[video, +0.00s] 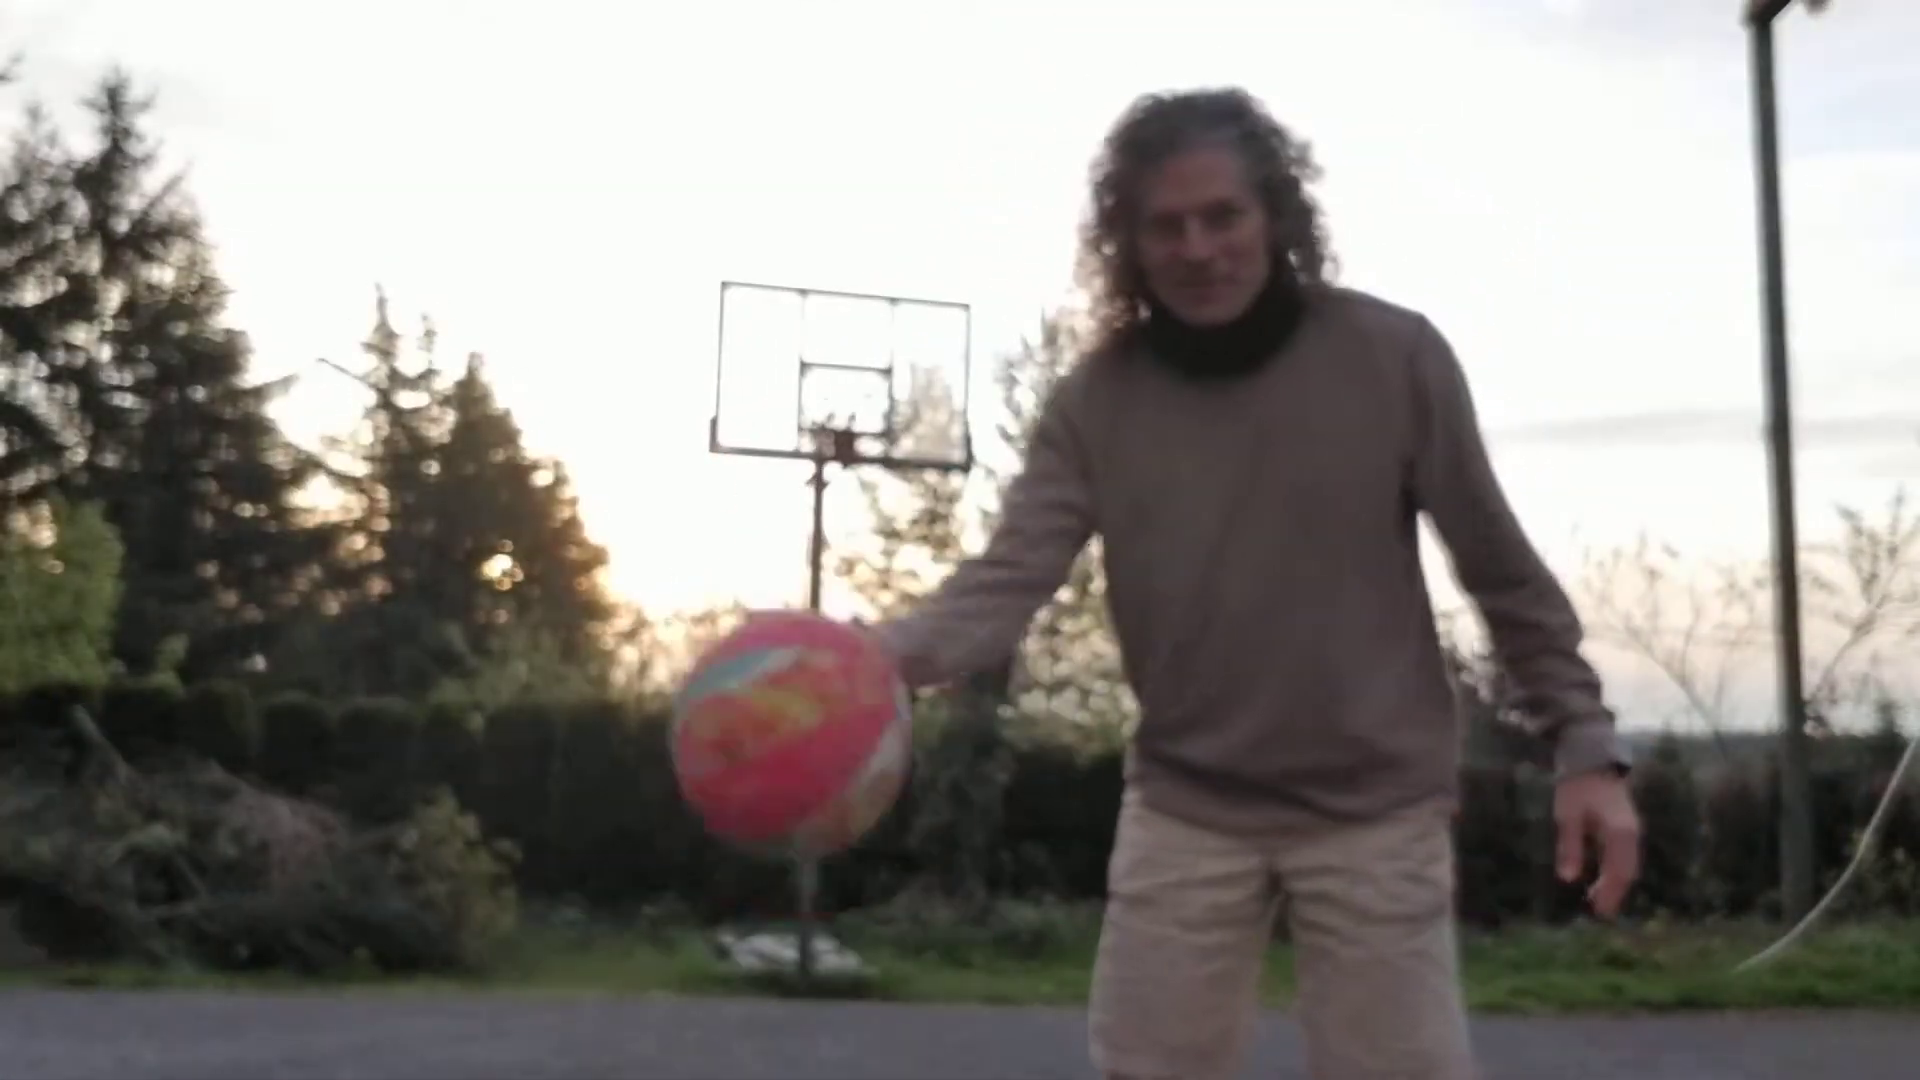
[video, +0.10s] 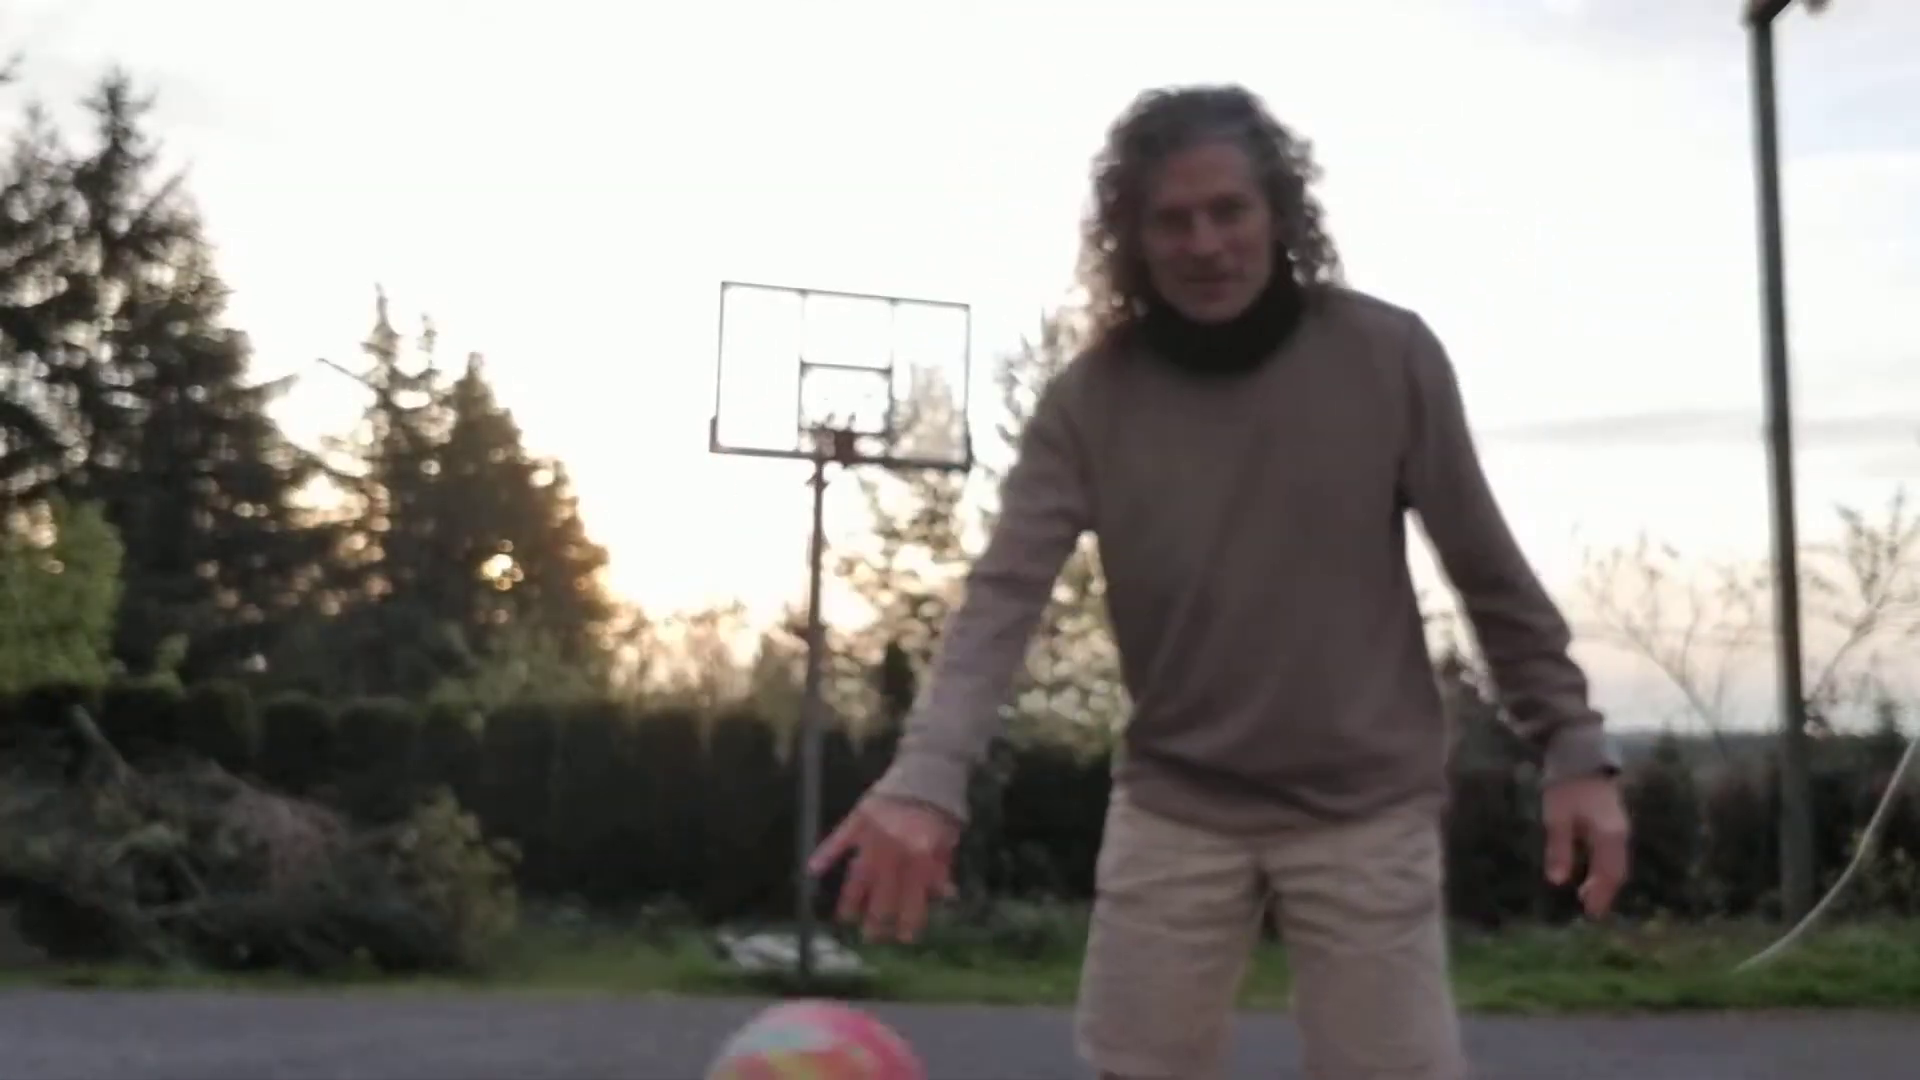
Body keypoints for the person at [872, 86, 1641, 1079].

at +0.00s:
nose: (1199, 251)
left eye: (1223, 217)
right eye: (1167, 227)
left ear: (1276, 218)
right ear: (1129, 240)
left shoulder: (1393, 360)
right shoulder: (1098, 403)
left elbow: (1503, 572)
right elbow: (1004, 583)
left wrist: (1585, 750)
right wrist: (877, 658)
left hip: (1376, 810)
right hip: (1183, 809)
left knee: (1402, 1067)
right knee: (1150, 1065)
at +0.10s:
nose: (1205, 244)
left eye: (1231, 211)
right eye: (1172, 220)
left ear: (1279, 215)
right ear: (1129, 235)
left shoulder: (1385, 355)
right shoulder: (1091, 400)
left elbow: (1489, 571)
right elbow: (999, 605)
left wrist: (1573, 752)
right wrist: (926, 781)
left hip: (1366, 811)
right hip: (1173, 810)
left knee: (1396, 1061)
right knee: (1134, 1058)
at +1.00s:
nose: (1194, 74)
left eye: (1228, 32)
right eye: (1150, 38)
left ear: (1280, 44)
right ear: (1092, 57)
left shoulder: (1370, 212)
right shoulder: (1033, 272)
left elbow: (1443, 472)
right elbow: (979, 545)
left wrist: (1529, 652)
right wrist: (1029, 713)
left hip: (1358, 763)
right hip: (1127, 770)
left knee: (1428, 1060)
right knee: (1087, 1060)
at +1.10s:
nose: (1184, 39)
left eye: (1220, 2)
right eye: (1142, 4)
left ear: (1273, 14)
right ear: (1084, 22)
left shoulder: (1379, 185)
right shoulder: (1019, 249)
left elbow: (1450, 453)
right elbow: (977, 504)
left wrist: (1536, 657)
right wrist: (1003, 584)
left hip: (1361, 755)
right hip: (1116, 762)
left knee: (1436, 1060)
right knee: (1089, 1065)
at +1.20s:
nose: (1173, 20)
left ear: (1267, 3)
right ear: (1071, 11)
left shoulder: (1375, 155)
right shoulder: (1006, 229)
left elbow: (1457, 438)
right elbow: (980, 567)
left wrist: (1544, 650)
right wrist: (934, 544)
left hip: (1368, 744)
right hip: (1116, 754)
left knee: (1448, 1063)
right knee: (1075, 1063)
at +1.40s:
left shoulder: (1374, 108)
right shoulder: (977, 188)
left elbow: (1469, 400)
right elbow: (917, 520)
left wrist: (1578, 600)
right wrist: (778, 449)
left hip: (1391, 732)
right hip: (1118, 748)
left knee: (1476, 1055)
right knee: (1087, 1053)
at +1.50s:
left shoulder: (1382, 85)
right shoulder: (971, 182)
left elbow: (1476, 377)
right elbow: (872, 484)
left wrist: (1597, 571)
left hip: (1395, 728)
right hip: (1117, 744)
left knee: (1486, 1060)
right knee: (1085, 1057)